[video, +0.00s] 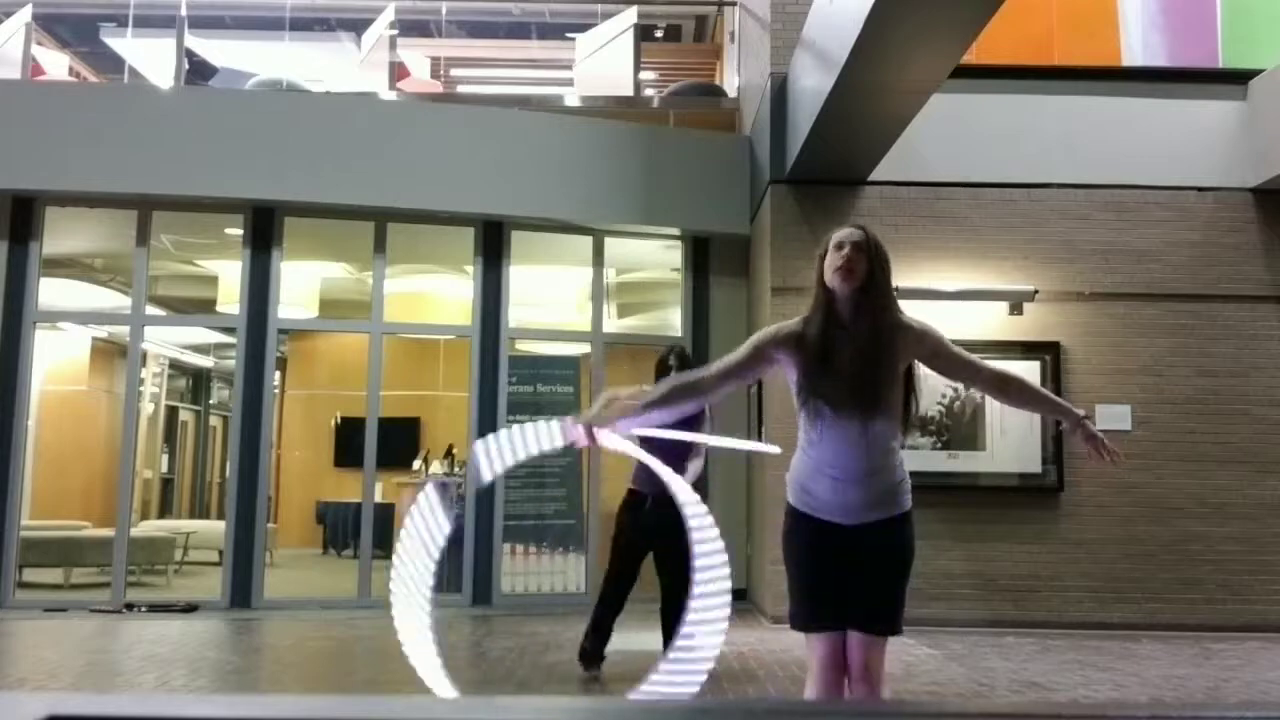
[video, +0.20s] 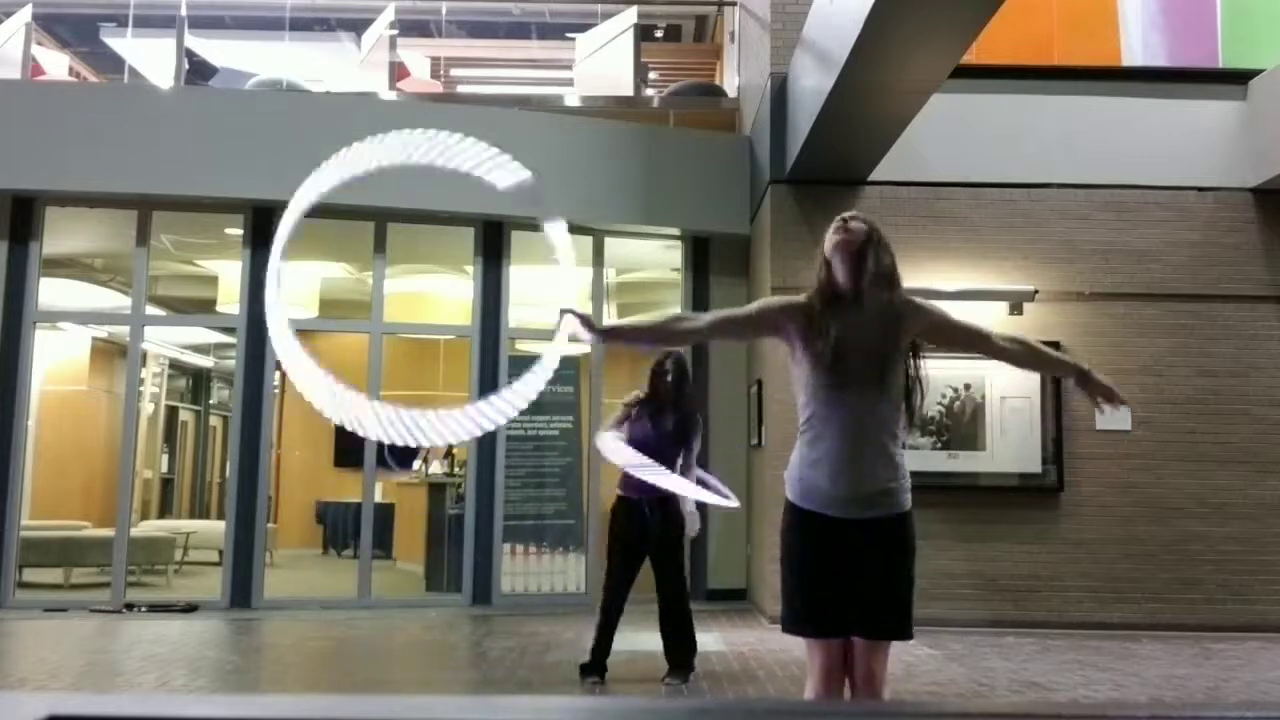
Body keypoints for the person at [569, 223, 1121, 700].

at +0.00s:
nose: (847, 256)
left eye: (859, 250)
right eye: (838, 249)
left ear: (876, 270)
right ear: (821, 267)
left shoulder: (902, 336)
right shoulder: (791, 341)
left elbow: (981, 377)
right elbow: (704, 381)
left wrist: (1069, 415)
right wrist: (621, 412)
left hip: (883, 515)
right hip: (814, 514)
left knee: (867, 667)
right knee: (828, 664)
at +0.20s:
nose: (849, 231)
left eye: (861, 230)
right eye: (839, 230)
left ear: (879, 255)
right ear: (823, 257)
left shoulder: (905, 315)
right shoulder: (796, 315)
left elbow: (998, 345)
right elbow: (695, 328)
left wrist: (1076, 373)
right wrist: (605, 333)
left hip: (883, 508)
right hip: (812, 507)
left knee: (870, 673)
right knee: (827, 670)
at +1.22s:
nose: (884, 279)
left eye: (885, 276)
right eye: (873, 271)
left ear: (881, 293)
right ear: (842, 278)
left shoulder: (903, 338)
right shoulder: (806, 322)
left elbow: (991, 364)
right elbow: (709, 310)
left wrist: (1013, 325)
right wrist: (621, 302)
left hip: (903, 514)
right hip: (831, 512)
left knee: (887, 670)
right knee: (841, 670)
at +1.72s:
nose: (889, 246)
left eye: (887, 239)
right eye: (877, 240)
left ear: (878, 259)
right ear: (848, 254)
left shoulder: (904, 322)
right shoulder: (808, 312)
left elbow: (986, 358)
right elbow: (727, 330)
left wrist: (1065, 358)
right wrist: (649, 335)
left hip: (890, 506)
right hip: (822, 506)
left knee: (877, 672)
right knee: (837, 673)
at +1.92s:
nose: (873, 239)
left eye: (874, 233)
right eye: (859, 233)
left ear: (877, 252)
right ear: (829, 252)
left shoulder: (904, 324)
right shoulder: (795, 318)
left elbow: (982, 375)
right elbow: (724, 359)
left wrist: (1063, 415)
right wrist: (694, 360)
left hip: (883, 507)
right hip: (815, 507)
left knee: (872, 667)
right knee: (828, 672)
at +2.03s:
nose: (866, 241)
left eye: (870, 234)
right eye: (852, 234)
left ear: (877, 253)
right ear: (824, 253)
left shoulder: (905, 323)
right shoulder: (797, 318)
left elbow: (971, 393)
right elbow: (750, 375)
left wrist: (1033, 460)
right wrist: (739, 375)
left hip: (883, 508)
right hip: (816, 508)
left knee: (874, 666)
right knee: (830, 667)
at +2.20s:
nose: (861, 239)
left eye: (869, 233)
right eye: (848, 235)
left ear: (881, 252)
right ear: (828, 256)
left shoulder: (908, 325)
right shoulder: (803, 317)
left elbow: (944, 416)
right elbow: (782, 412)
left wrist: (931, 442)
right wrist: (816, 373)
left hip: (885, 500)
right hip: (815, 499)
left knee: (875, 652)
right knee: (820, 654)